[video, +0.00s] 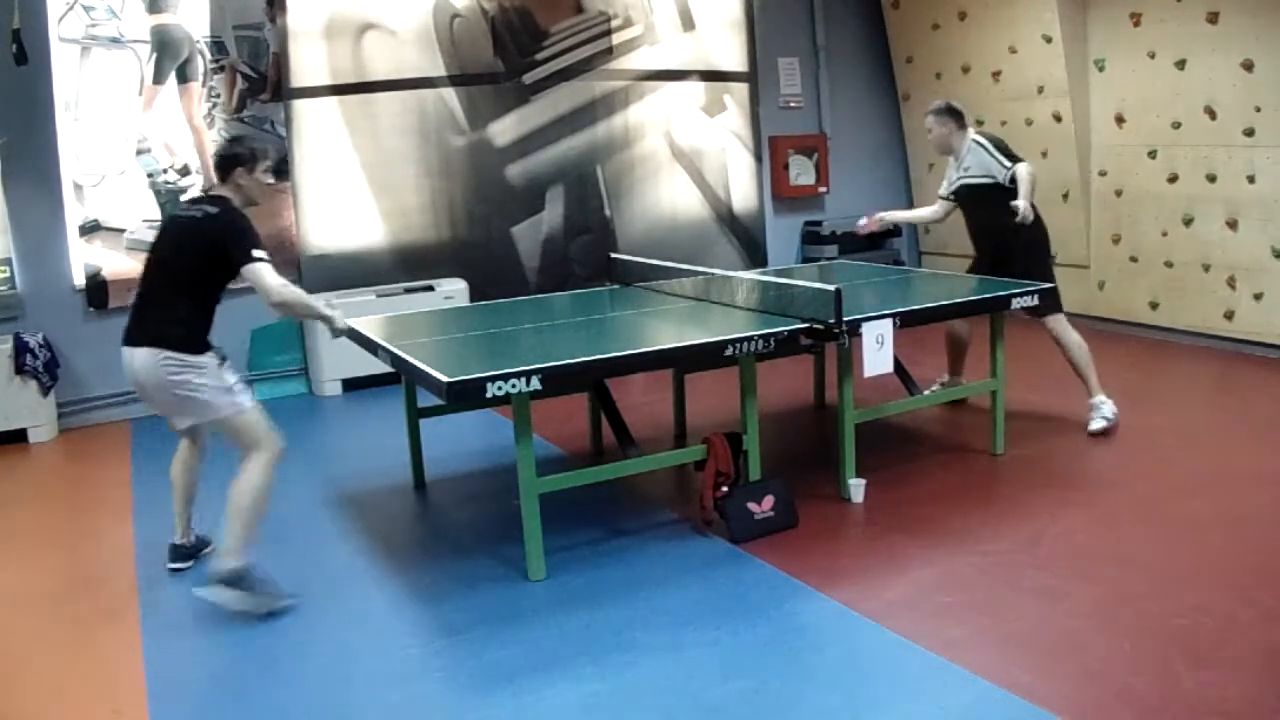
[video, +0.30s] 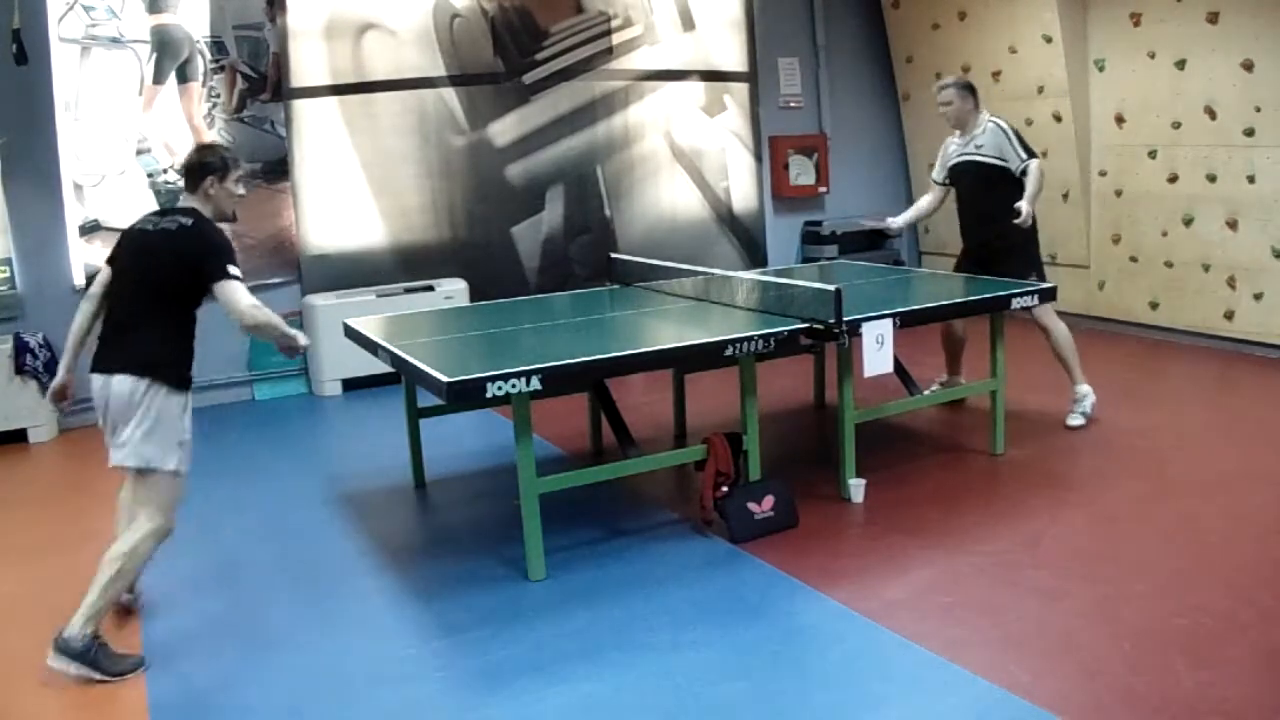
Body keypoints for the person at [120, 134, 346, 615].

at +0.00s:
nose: (272, 183)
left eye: (272, 174)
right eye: (266, 174)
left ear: (223, 174)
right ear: (238, 174)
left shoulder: (182, 213)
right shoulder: (232, 224)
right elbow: (277, 294)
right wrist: (325, 312)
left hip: (137, 353)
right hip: (179, 357)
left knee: (191, 435)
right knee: (264, 445)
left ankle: (183, 540)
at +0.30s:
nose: (243, 193)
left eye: (243, 184)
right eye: (237, 184)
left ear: (194, 185)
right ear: (211, 185)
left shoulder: (141, 228)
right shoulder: (207, 236)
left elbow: (93, 300)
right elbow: (247, 312)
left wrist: (66, 369)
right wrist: (287, 336)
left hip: (108, 378)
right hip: (154, 385)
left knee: (135, 485)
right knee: (156, 517)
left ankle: (122, 587)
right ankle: (77, 637)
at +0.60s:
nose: (294, 230)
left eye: (295, 219)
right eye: (289, 218)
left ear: (247, 206)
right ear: (260, 206)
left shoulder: (189, 237)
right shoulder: (250, 247)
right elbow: (297, 305)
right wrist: (353, 302)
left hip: (140, 383)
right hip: (198, 383)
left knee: (142, 497)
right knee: (308, 445)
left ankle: (109, 612)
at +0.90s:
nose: (395, 207)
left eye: (395, 199)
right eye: (394, 198)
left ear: (349, 189)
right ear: (377, 195)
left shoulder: (293, 223)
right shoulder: (380, 237)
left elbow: (252, 289)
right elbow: (466, 260)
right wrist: (514, 261)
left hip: (244, 366)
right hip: (299, 376)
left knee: (226, 469)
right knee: (397, 425)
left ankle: (153, 553)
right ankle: (416, 538)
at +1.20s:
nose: (362, 173)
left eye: (363, 164)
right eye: (360, 164)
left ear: (320, 160)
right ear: (340, 162)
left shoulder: (266, 202)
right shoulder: (349, 215)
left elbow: (227, 275)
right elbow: (420, 263)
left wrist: (219, 338)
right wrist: (475, 281)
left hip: (241, 351)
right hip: (299, 356)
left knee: (243, 434)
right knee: (383, 425)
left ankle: (203, 533)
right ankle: (416, 537)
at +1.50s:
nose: (286, 179)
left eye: (285, 169)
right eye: (281, 170)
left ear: (234, 171)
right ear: (257, 173)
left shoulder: (194, 213)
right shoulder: (251, 229)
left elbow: (174, 275)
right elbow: (301, 301)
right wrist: (350, 323)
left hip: (151, 358)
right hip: (200, 367)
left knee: (198, 423)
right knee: (290, 439)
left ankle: (187, 534)